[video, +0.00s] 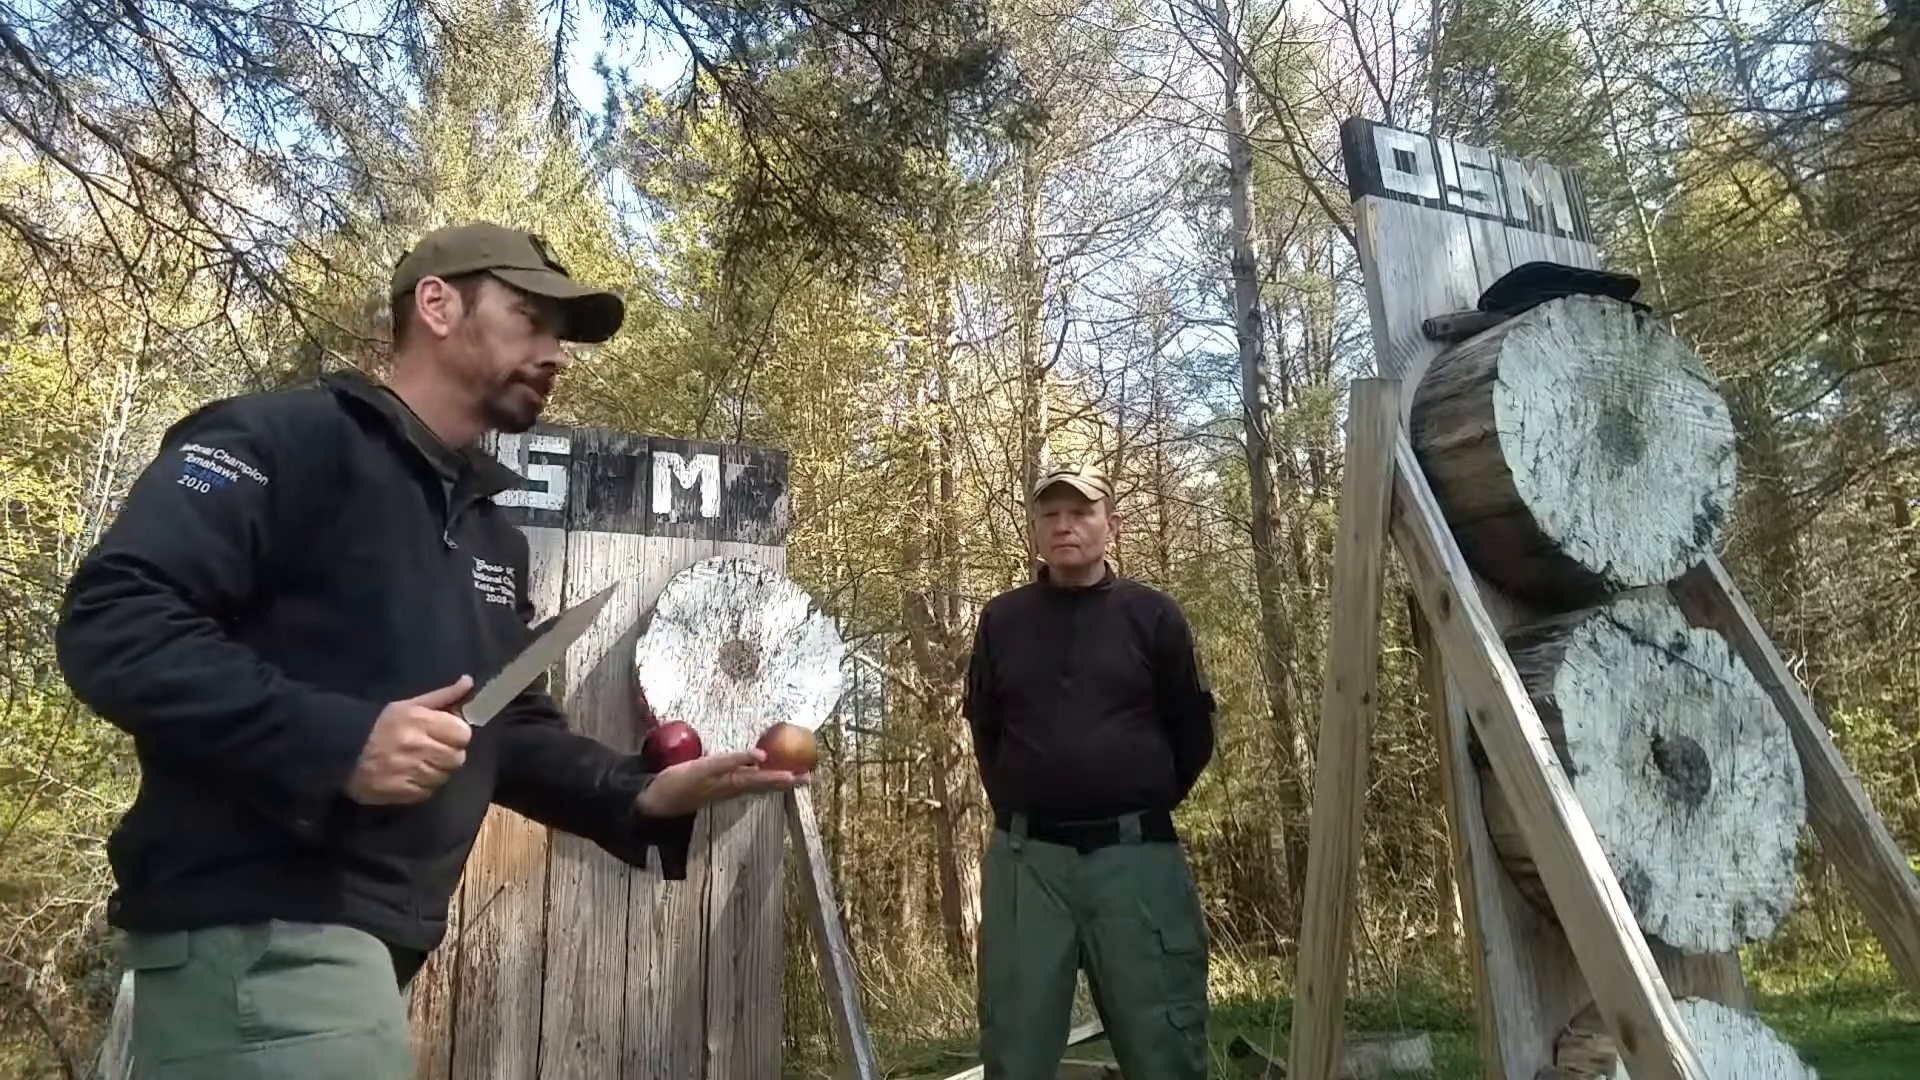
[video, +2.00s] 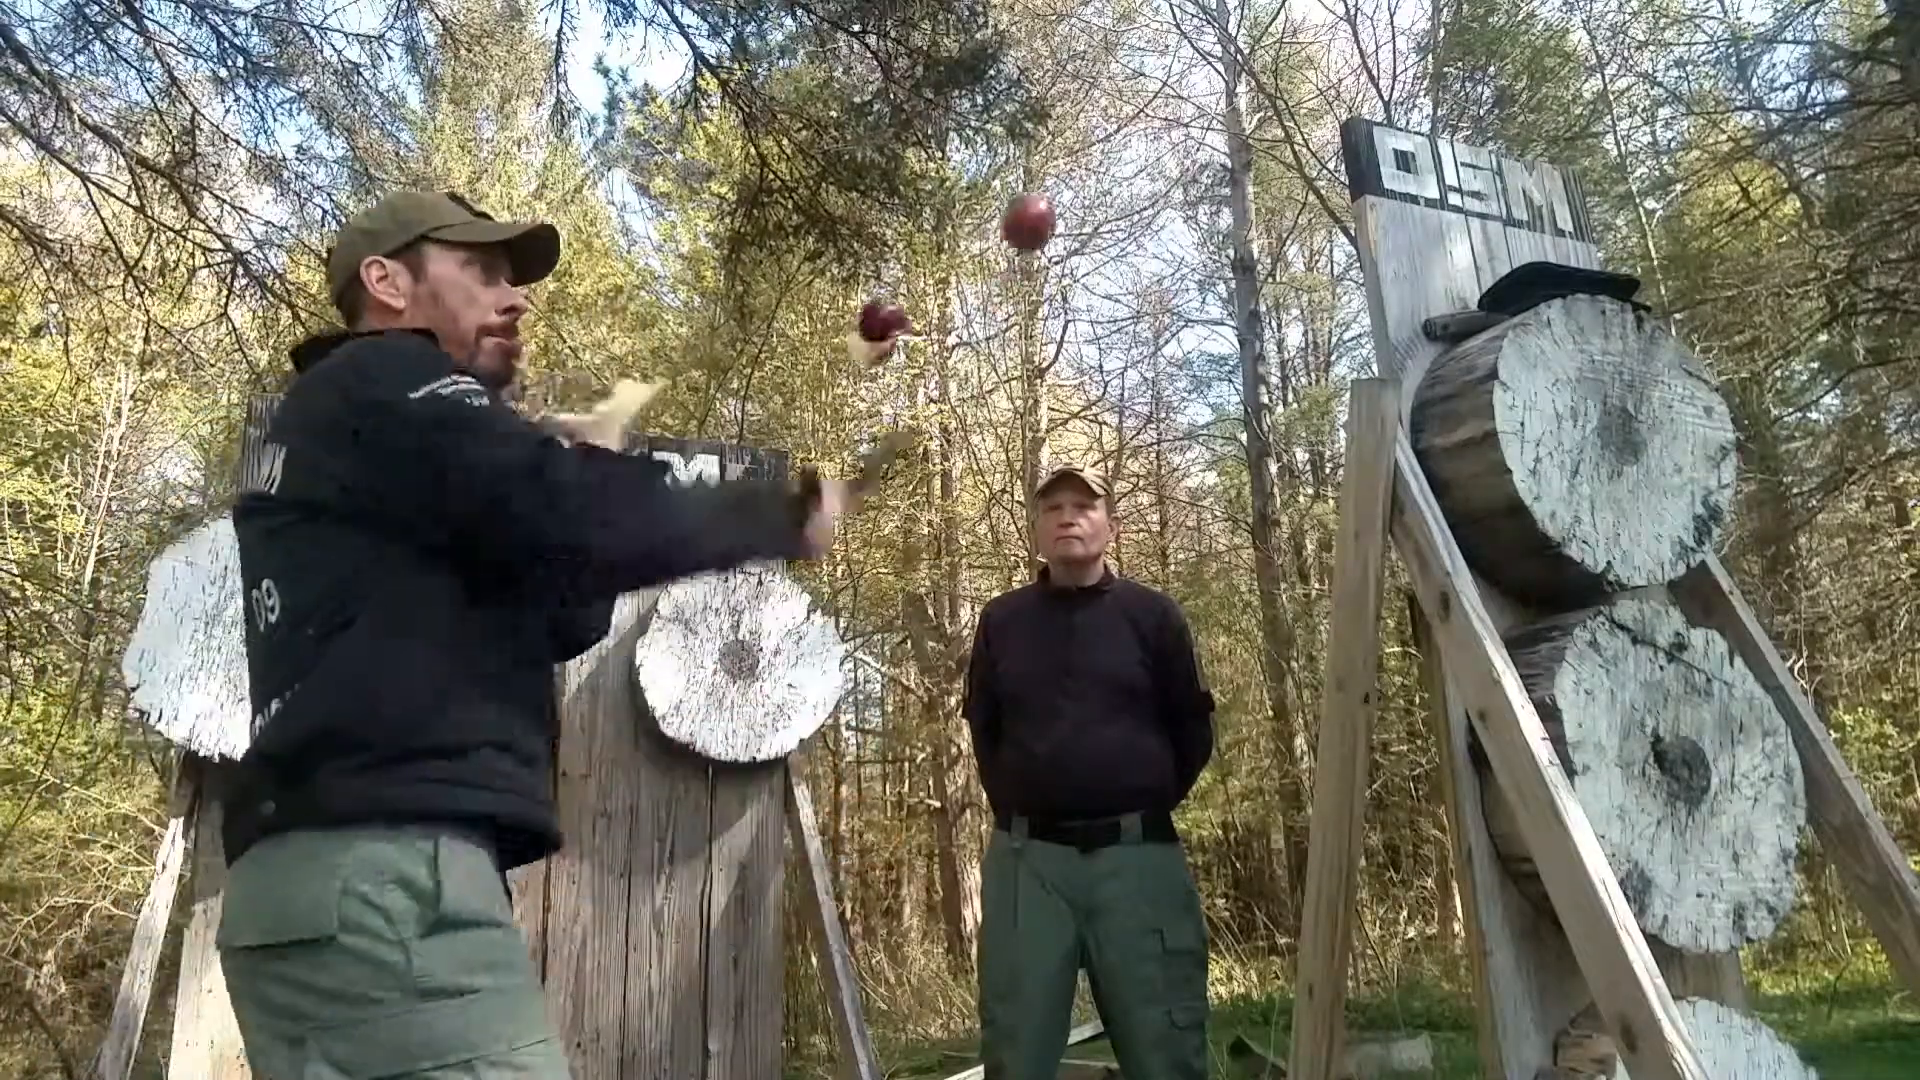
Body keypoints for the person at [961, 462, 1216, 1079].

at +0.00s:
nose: (1065, 526)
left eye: (1080, 513)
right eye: (1051, 515)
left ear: (1110, 527)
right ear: (1033, 533)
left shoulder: (1153, 614)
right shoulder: (1000, 618)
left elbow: (1193, 732)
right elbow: (984, 730)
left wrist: (1139, 811)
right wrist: (1027, 814)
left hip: (1136, 860)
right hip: (1024, 861)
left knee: (1162, 1055)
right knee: (1016, 1055)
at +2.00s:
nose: (1070, 519)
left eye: (1084, 508)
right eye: (1054, 510)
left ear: (1109, 527)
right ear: (1035, 532)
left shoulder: (1153, 613)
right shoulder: (1000, 618)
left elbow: (1194, 726)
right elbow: (983, 728)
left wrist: (1143, 812)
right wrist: (1023, 817)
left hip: (1138, 859)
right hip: (1025, 861)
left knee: (1164, 1056)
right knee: (1016, 1058)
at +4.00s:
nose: (1026, 557)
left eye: (1037, 539)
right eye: (1010, 545)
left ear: (1061, 538)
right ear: (992, 554)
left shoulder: (1127, 612)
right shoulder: (971, 634)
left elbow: (1187, 717)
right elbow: (963, 749)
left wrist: (1164, 834)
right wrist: (971, 854)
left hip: (1133, 866)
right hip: (1016, 870)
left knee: (1160, 1054)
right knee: (1011, 1056)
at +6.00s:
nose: (1068, 525)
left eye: (1082, 513)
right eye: (1053, 515)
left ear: (1110, 529)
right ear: (1034, 534)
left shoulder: (1154, 615)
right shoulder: (1001, 619)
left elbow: (1194, 732)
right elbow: (983, 726)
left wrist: (1140, 813)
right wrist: (1026, 815)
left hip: (1139, 862)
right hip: (1025, 862)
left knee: (1164, 1058)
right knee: (1016, 1059)